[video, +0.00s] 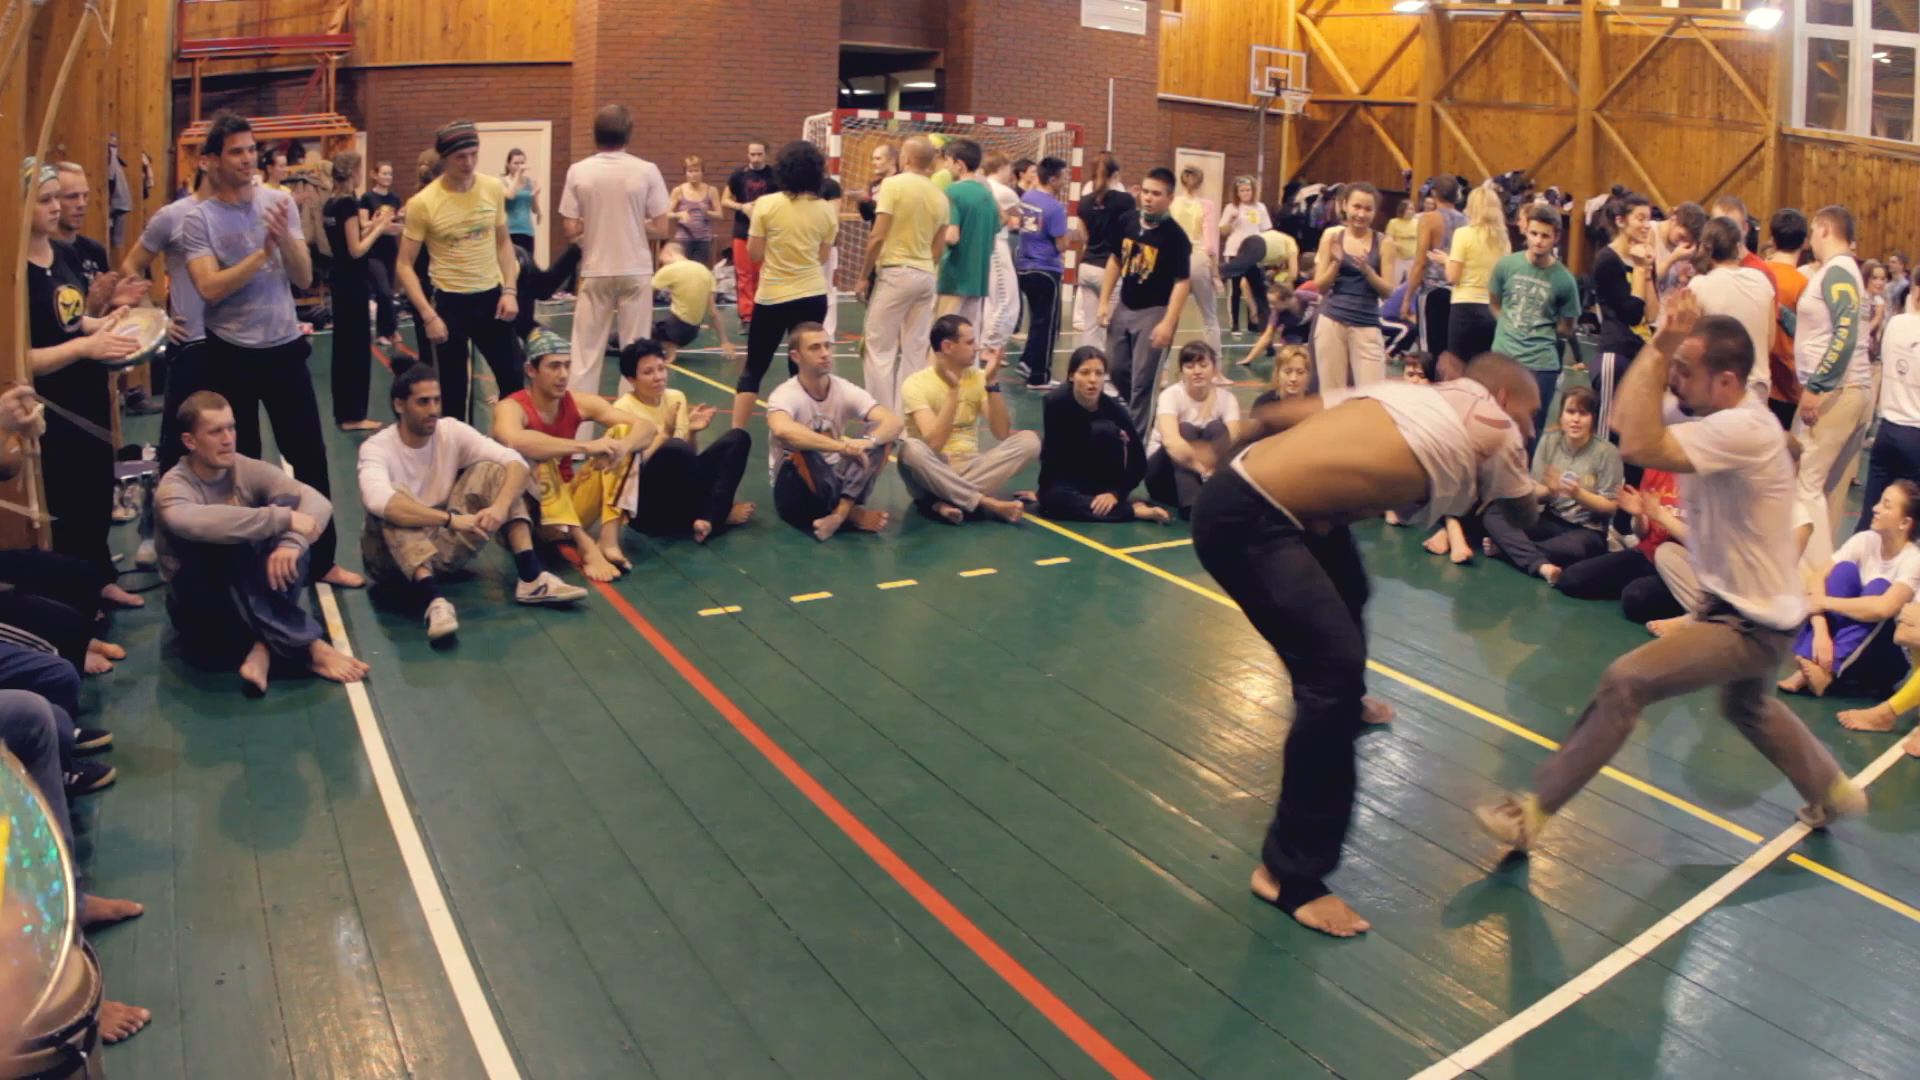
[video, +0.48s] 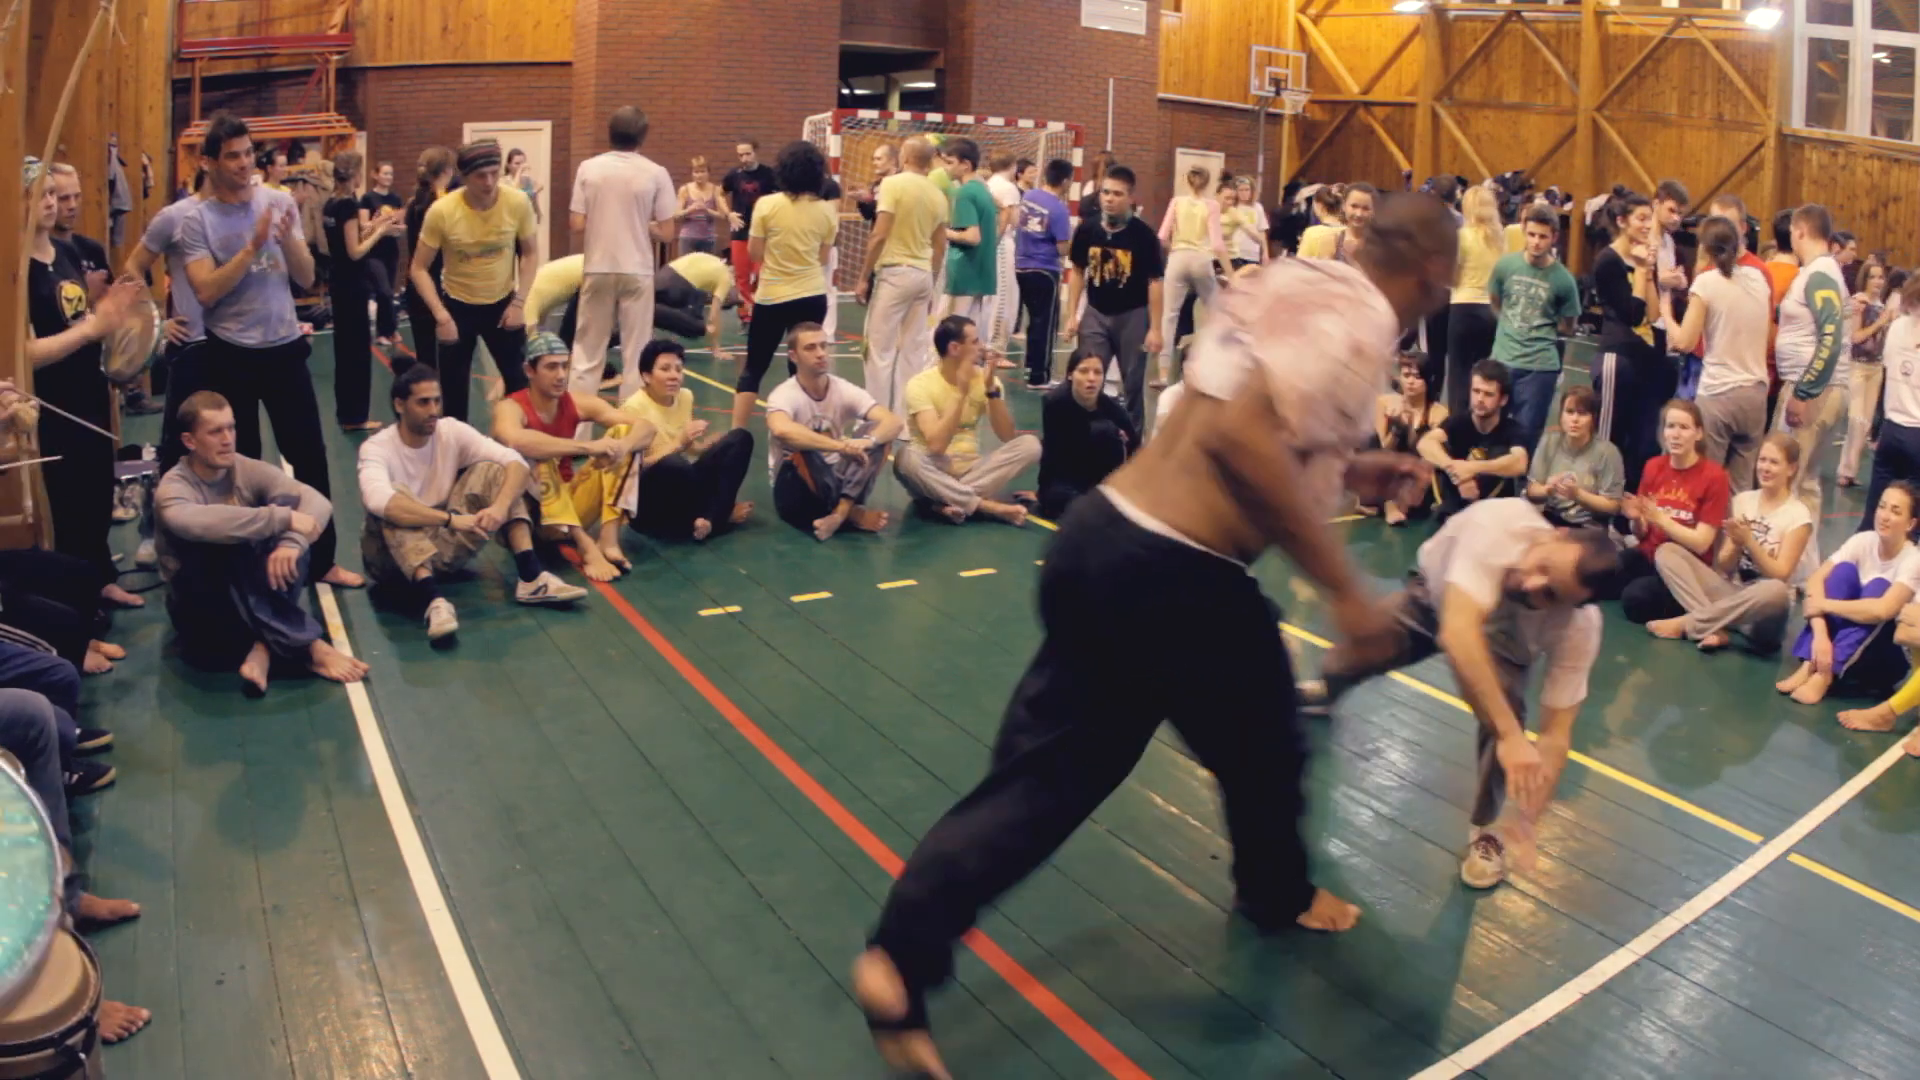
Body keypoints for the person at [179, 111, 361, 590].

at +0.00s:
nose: (248, 160)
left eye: (252, 150)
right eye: (237, 152)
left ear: (257, 154)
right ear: (212, 160)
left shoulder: (277, 203)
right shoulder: (195, 217)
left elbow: (303, 279)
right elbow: (209, 288)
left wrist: (286, 237)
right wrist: (264, 254)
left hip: (284, 347)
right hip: (229, 352)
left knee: (310, 456)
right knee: (241, 461)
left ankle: (322, 564)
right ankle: (250, 568)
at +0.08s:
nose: (249, 159)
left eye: (252, 150)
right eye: (237, 151)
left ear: (258, 154)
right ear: (211, 160)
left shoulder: (276, 202)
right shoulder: (194, 217)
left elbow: (306, 279)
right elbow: (208, 289)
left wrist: (287, 237)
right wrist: (258, 249)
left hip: (284, 348)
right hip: (229, 353)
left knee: (310, 457)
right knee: (241, 462)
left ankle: (322, 564)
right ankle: (251, 568)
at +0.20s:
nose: (248, 159)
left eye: (251, 149)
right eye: (236, 151)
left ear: (257, 153)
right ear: (210, 160)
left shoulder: (276, 202)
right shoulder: (191, 218)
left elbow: (307, 281)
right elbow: (206, 291)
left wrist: (293, 239)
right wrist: (251, 245)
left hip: (284, 348)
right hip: (230, 353)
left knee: (310, 457)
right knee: (241, 462)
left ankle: (322, 563)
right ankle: (251, 567)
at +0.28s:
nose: (247, 159)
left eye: (251, 150)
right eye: (235, 152)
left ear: (257, 153)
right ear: (210, 160)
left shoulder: (276, 201)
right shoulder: (191, 218)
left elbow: (307, 281)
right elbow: (206, 291)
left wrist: (293, 239)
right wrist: (249, 243)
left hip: (284, 349)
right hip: (229, 353)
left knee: (311, 457)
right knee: (241, 462)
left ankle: (322, 563)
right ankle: (251, 567)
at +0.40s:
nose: (246, 161)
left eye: (250, 151)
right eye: (235, 154)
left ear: (256, 154)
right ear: (210, 161)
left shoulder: (276, 202)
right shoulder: (191, 217)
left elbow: (305, 278)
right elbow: (207, 290)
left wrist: (283, 237)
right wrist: (257, 252)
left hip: (284, 348)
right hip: (229, 353)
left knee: (310, 457)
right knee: (240, 463)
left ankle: (322, 564)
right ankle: (250, 568)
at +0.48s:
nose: (245, 163)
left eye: (249, 153)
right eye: (234, 156)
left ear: (255, 154)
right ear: (209, 162)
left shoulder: (275, 202)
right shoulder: (189, 217)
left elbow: (306, 279)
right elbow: (206, 290)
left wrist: (287, 237)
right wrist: (253, 246)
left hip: (284, 349)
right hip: (229, 353)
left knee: (310, 458)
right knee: (241, 462)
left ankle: (322, 563)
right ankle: (251, 566)